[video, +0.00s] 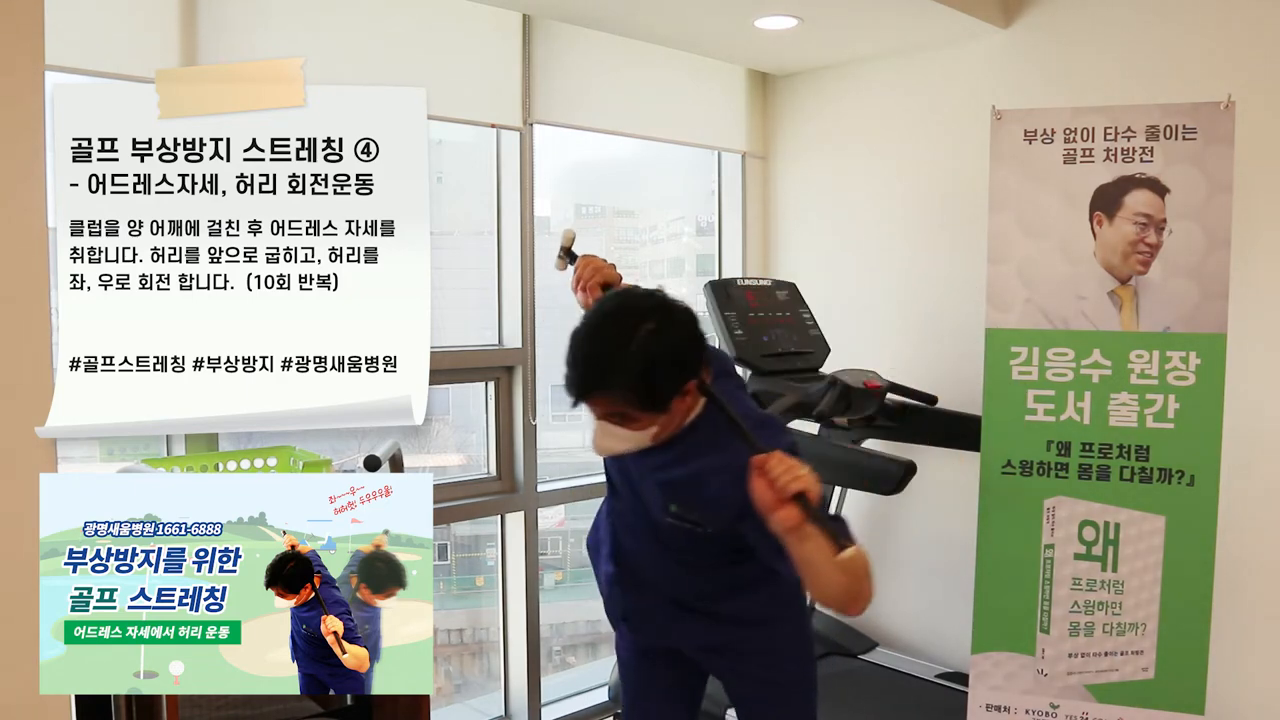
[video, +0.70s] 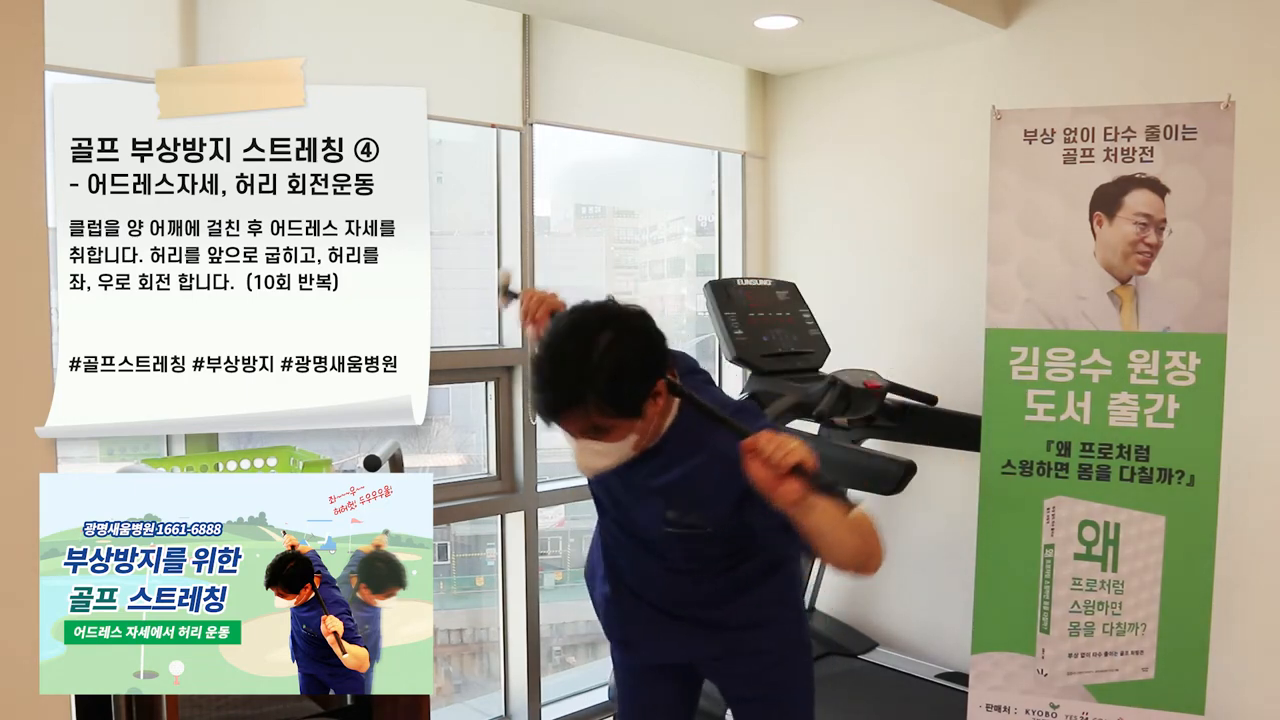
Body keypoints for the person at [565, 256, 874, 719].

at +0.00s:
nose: (606, 428)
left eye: (622, 420)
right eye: (598, 415)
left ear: (686, 395)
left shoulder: (756, 454)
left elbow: (853, 597)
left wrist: (795, 529)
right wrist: (612, 294)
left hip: (756, 628)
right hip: (651, 614)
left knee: (780, 711)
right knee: (649, 713)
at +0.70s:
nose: (581, 446)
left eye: (596, 433)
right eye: (572, 431)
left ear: (656, 400)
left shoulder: (741, 445)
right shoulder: (620, 385)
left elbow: (866, 556)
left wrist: (799, 501)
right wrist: (558, 333)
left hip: (756, 636)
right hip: (645, 629)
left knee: (778, 711)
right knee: (642, 711)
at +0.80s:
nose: (612, 460)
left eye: (629, 444)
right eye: (597, 443)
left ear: (678, 407)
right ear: (585, 412)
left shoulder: (754, 438)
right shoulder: (605, 393)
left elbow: (889, 524)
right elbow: (567, 380)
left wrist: (832, 479)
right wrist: (541, 358)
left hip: (762, 634)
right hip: (647, 627)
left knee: (783, 713)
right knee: (647, 712)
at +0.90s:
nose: (668, 474)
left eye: (682, 455)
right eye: (648, 460)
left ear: (706, 419)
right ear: (621, 419)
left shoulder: (780, 422)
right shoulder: (594, 405)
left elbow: (904, 473)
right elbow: (523, 410)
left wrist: (877, 434)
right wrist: (516, 396)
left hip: (772, 629)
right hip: (654, 632)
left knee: (791, 712)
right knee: (652, 712)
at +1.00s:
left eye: (733, 441)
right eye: (690, 456)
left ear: (750, 409)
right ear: (658, 428)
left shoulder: (801, 409)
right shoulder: (608, 420)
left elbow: (907, 435)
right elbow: (510, 450)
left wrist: (889, 405)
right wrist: (521, 422)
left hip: (780, 624)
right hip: (664, 631)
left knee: (794, 711)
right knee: (659, 711)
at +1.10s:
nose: (775, 464)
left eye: (786, 447)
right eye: (755, 454)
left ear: (800, 397)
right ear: (706, 429)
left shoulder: (821, 387)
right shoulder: (642, 431)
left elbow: (890, 385)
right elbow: (518, 497)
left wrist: (890, 358)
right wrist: (551, 470)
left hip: (788, 624)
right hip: (673, 631)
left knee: (795, 717)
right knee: (669, 718)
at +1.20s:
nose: (808, 456)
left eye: (818, 443)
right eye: (797, 446)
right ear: (739, 423)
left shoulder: (808, 389)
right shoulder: (664, 436)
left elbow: (865, 375)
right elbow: (536, 526)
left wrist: (878, 344)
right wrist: (587, 501)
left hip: (792, 619)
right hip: (682, 629)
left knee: (798, 713)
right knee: (677, 712)